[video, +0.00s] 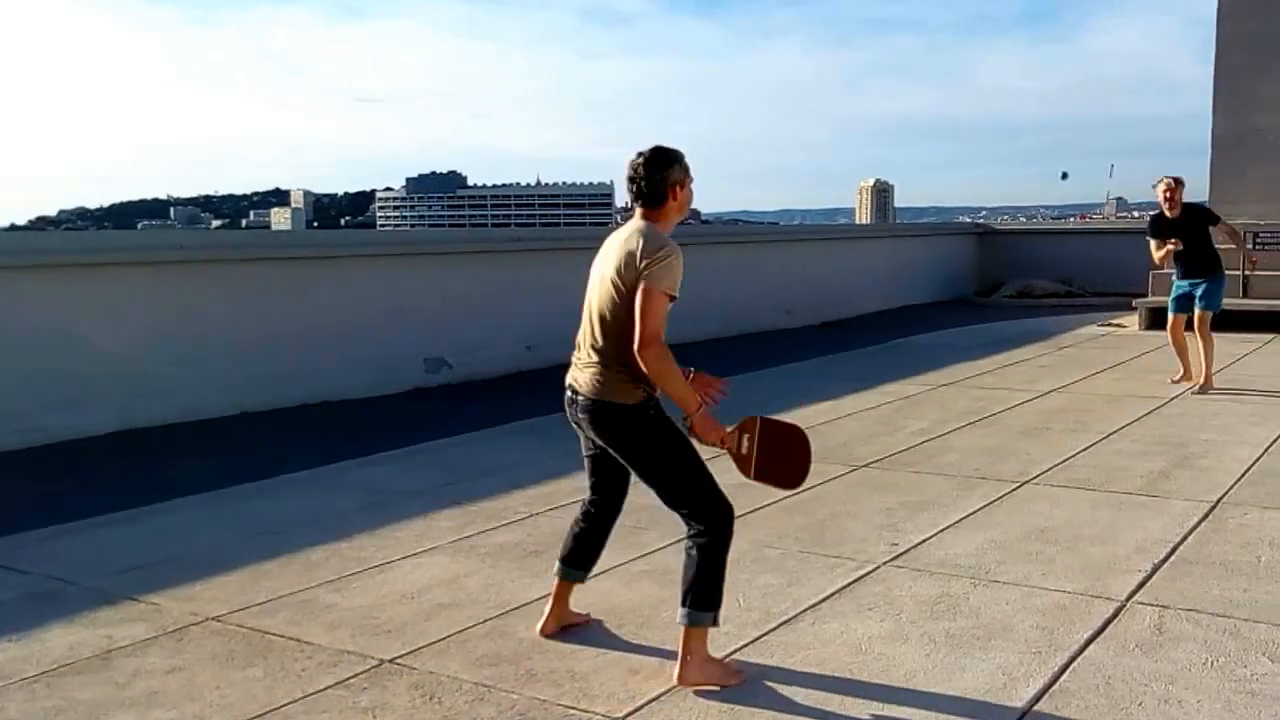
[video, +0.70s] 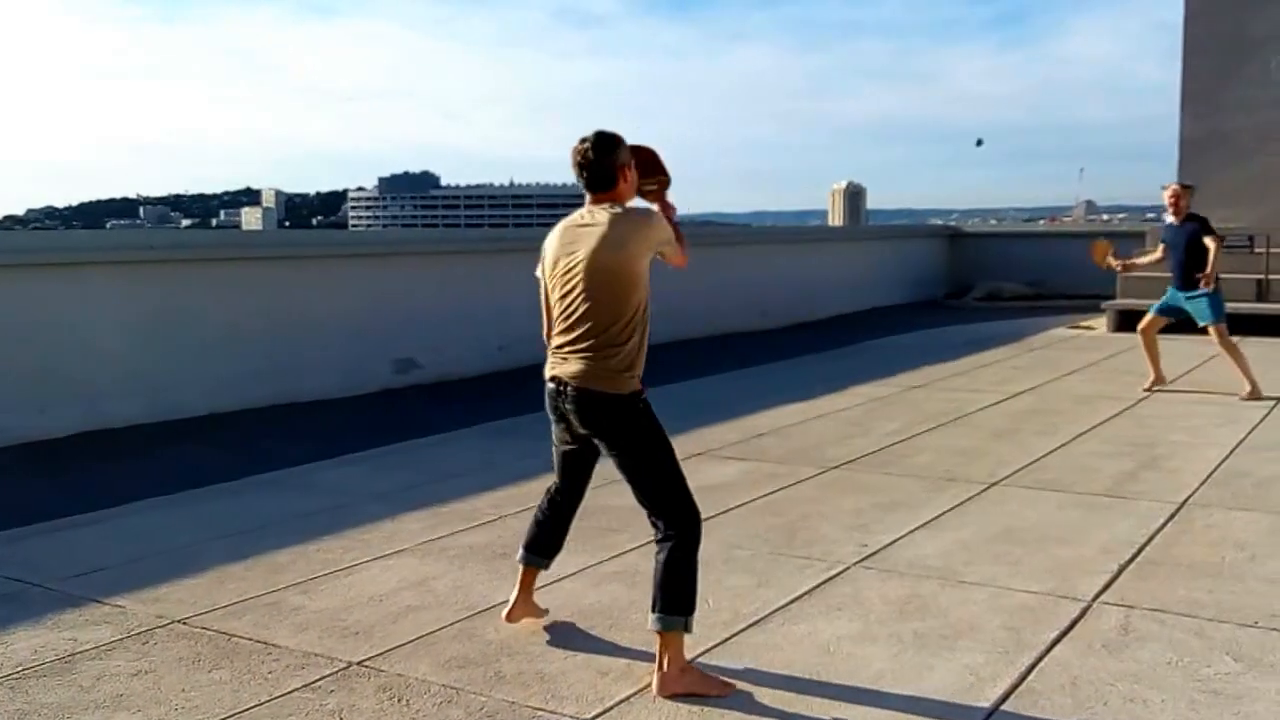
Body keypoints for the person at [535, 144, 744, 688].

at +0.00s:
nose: (692, 192)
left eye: (689, 183)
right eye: (689, 183)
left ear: (641, 192)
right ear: (675, 191)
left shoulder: (619, 239)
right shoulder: (661, 250)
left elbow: (627, 335)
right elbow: (649, 349)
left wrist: (685, 377)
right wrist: (695, 412)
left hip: (581, 396)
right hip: (620, 406)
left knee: (603, 500)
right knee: (712, 515)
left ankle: (556, 611)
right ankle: (694, 658)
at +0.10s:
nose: (698, 201)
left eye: (695, 192)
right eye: (695, 193)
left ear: (649, 200)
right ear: (681, 202)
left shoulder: (651, 257)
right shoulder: (640, 265)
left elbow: (681, 326)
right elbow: (626, 366)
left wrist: (754, 343)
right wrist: (680, 424)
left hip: (604, 408)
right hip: (620, 415)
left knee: (619, 507)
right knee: (711, 518)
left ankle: (555, 611)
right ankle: (700, 666)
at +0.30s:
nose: (704, 223)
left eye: (702, 214)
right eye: (699, 215)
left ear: (665, 225)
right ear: (678, 227)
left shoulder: (668, 269)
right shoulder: (638, 288)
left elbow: (723, 295)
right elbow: (670, 387)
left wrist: (799, 294)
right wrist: (738, 404)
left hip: (626, 421)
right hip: (627, 432)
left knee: (636, 517)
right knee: (731, 527)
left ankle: (551, 606)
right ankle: (691, 667)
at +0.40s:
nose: (697, 221)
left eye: (695, 211)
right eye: (692, 213)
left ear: (650, 221)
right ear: (670, 223)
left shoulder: (623, 262)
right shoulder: (648, 281)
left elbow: (704, 302)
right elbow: (707, 357)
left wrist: (779, 308)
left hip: (605, 421)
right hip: (633, 433)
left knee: (629, 513)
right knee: (734, 530)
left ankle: (547, 605)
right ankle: (687, 668)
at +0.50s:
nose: (679, 205)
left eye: (676, 195)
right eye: (676, 197)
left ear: (625, 204)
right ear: (661, 205)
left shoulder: (601, 252)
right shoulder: (658, 261)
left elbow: (663, 313)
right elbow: (719, 304)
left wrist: (735, 329)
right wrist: (760, 254)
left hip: (590, 415)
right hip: (632, 427)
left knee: (615, 507)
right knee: (728, 529)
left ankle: (541, 605)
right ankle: (683, 665)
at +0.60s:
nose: (657, 183)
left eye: (653, 175)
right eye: (654, 176)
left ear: (604, 188)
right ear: (643, 184)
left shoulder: (583, 238)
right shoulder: (652, 237)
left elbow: (609, 312)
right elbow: (699, 263)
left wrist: (668, 350)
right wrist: (708, 210)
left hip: (576, 401)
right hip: (623, 411)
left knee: (595, 492)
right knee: (707, 524)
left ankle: (537, 603)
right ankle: (677, 666)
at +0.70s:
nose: (637, 177)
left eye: (633, 168)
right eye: (634, 169)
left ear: (583, 180)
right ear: (624, 176)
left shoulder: (556, 235)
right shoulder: (639, 223)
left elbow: (549, 323)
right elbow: (678, 255)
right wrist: (660, 204)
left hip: (559, 389)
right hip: (613, 394)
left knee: (564, 488)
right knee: (679, 520)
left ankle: (520, 600)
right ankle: (672, 666)